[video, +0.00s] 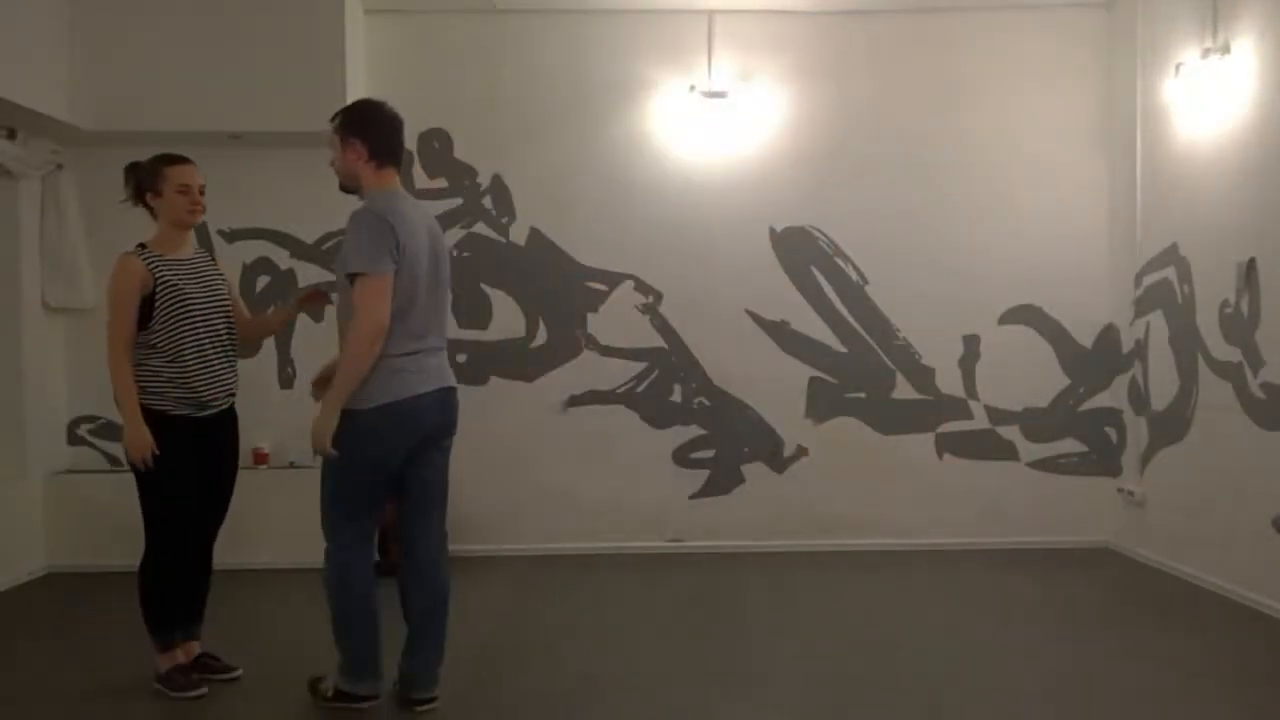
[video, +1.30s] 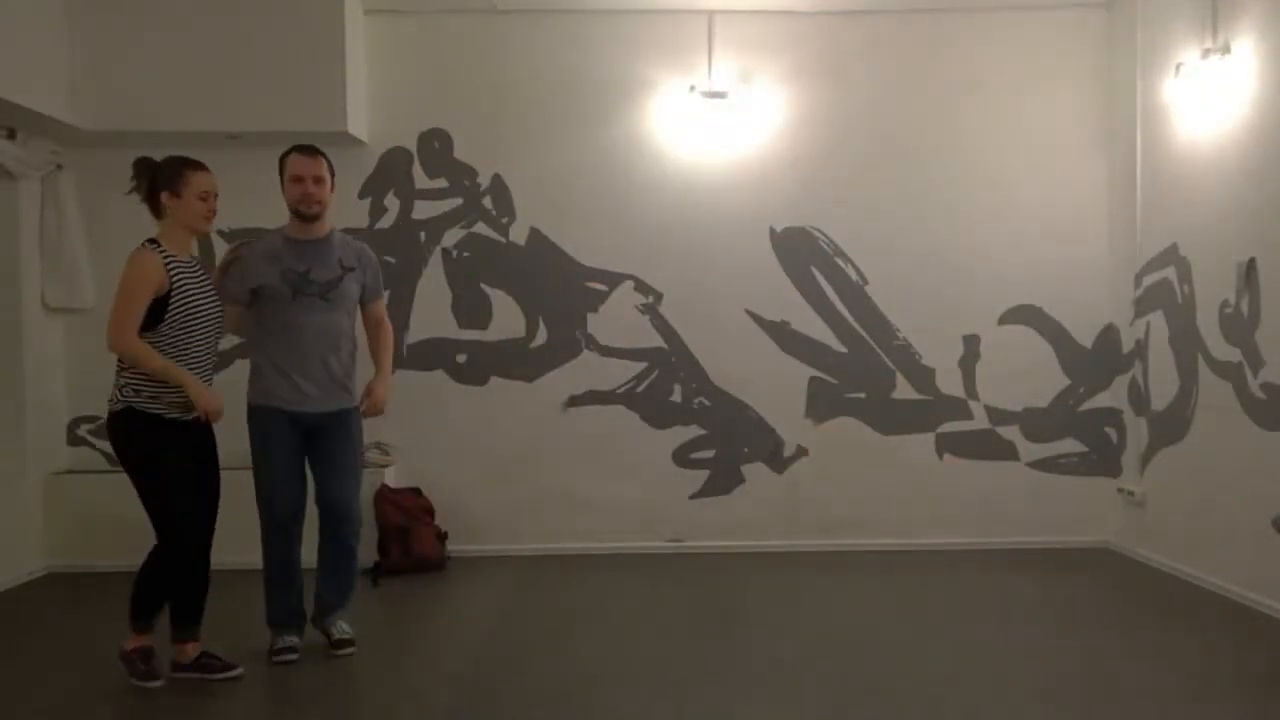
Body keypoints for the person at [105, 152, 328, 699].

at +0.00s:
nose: (197, 199)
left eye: (201, 191)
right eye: (185, 191)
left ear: (203, 199)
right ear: (154, 199)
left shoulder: (208, 266)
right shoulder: (136, 266)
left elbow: (247, 337)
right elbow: (119, 350)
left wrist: (295, 306)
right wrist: (132, 422)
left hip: (217, 422)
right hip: (165, 426)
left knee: (200, 539)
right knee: (167, 542)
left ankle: (189, 650)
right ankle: (167, 660)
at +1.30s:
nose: (214, 208)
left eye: (215, 198)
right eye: (204, 198)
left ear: (206, 203)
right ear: (168, 200)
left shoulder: (195, 263)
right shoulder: (150, 260)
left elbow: (204, 327)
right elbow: (121, 337)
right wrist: (190, 383)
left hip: (189, 418)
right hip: (144, 419)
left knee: (198, 533)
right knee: (175, 533)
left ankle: (187, 649)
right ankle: (138, 641)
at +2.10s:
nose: (278, 215)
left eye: (280, 207)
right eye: (271, 205)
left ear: (247, 211)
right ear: (235, 206)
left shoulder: (251, 270)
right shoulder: (205, 268)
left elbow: (256, 323)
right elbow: (155, 340)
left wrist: (294, 271)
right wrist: (126, 412)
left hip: (237, 429)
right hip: (207, 431)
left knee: (201, 543)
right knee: (274, 537)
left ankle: (174, 654)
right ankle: (280, 667)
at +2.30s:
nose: (303, 208)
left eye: (305, 199)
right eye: (296, 197)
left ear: (270, 200)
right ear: (261, 197)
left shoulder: (280, 259)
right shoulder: (227, 265)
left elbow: (288, 306)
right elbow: (194, 349)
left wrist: (317, 264)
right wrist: (174, 426)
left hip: (282, 419)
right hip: (244, 422)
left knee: (281, 539)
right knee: (282, 540)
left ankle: (197, 630)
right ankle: (281, 667)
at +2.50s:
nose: (321, 208)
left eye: (321, 199)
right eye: (312, 198)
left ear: (291, 204)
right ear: (277, 200)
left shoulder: (299, 262)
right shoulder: (255, 270)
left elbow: (306, 316)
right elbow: (257, 363)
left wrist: (339, 269)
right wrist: (288, 431)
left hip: (307, 420)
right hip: (263, 425)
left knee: (353, 530)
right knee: (297, 544)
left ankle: (286, 629)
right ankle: (281, 665)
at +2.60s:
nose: (328, 197)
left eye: (328, 188)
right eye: (319, 188)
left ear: (298, 196)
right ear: (284, 194)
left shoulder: (304, 258)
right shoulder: (265, 263)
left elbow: (310, 323)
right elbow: (282, 352)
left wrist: (337, 290)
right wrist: (347, 397)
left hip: (317, 421)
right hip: (275, 424)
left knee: (356, 525)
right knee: (299, 539)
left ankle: (344, 654)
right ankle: (283, 668)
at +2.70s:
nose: (329, 193)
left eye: (328, 183)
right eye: (318, 184)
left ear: (297, 195)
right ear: (284, 194)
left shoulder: (307, 256)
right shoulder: (272, 264)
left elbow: (311, 316)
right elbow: (301, 345)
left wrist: (333, 266)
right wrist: (386, 359)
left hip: (323, 421)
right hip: (283, 424)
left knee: (355, 531)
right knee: (307, 541)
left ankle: (358, 661)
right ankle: (282, 667)